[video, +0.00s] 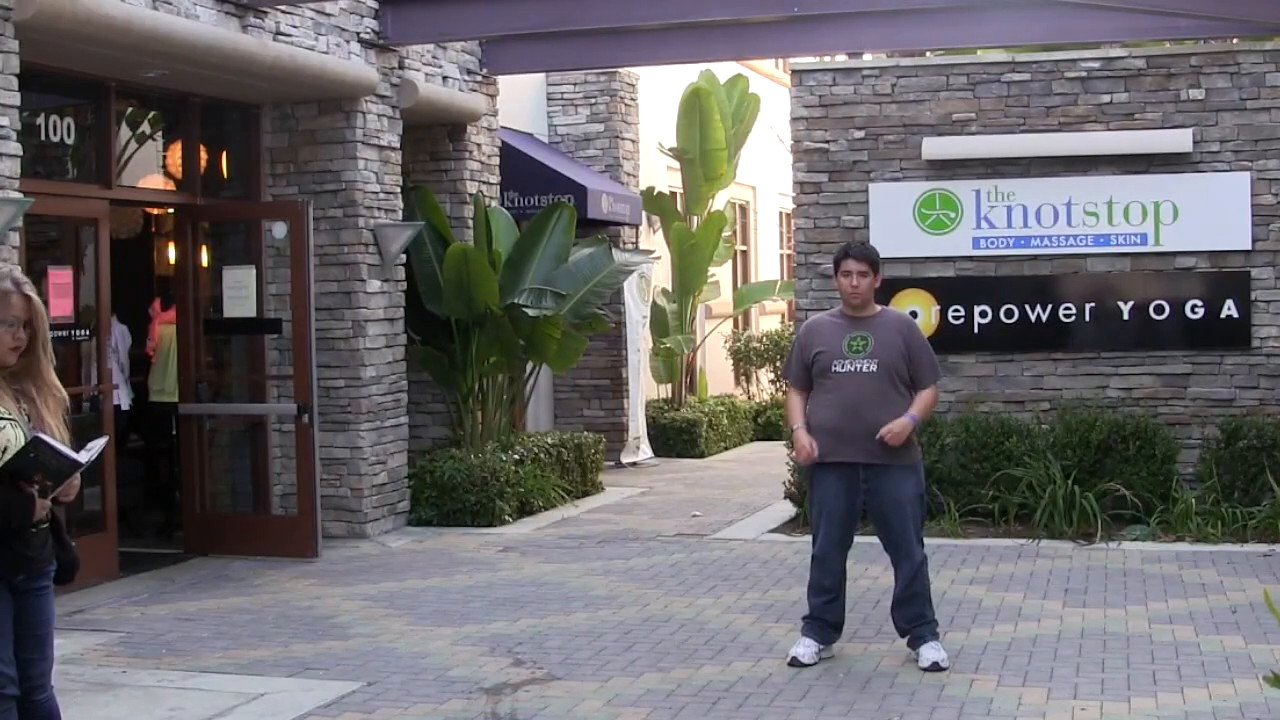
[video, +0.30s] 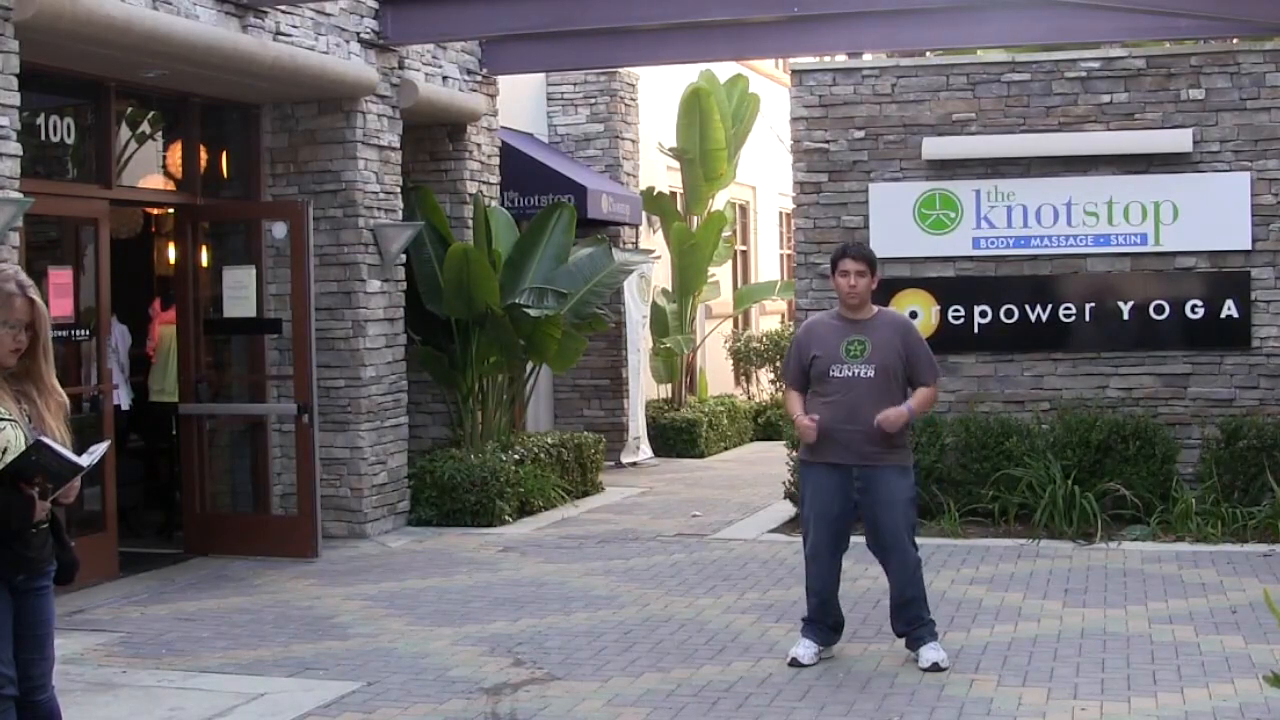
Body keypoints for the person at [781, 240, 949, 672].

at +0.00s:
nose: (853, 282)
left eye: (861, 275)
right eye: (846, 274)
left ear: (876, 279)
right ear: (835, 280)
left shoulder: (902, 327)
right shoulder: (812, 331)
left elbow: (928, 387)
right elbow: (797, 387)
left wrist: (910, 420)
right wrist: (799, 430)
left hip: (894, 462)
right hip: (831, 463)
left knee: (909, 553)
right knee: (826, 551)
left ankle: (923, 636)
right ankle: (817, 634)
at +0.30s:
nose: (851, 282)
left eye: (859, 274)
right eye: (844, 274)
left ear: (874, 280)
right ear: (832, 280)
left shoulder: (899, 327)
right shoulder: (810, 331)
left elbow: (929, 386)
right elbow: (793, 386)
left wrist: (906, 410)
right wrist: (799, 416)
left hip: (886, 461)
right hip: (822, 461)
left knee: (899, 548)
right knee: (819, 549)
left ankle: (922, 636)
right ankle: (817, 633)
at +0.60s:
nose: (853, 281)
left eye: (861, 273)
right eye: (845, 274)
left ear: (875, 279)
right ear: (834, 280)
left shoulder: (902, 326)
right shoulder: (813, 329)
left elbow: (934, 383)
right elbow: (791, 392)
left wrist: (910, 404)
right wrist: (804, 390)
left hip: (895, 461)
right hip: (830, 462)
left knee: (910, 549)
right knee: (824, 549)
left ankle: (923, 636)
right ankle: (818, 634)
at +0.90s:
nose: (855, 280)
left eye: (864, 272)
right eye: (847, 272)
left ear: (879, 278)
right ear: (837, 279)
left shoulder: (904, 327)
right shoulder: (813, 326)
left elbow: (930, 392)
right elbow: (789, 375)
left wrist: (902, 381)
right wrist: (798, 393)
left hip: (897, 460)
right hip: (831, 461)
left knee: (910, 551)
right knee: (826, 550)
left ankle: (923, 636)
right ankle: (818, 634)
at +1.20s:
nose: (854, 287)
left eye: (862, 279)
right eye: (846, 279)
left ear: (879, 283)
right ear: (837, 285)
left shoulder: (908, 330)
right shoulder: (819, 332)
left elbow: (935, 395)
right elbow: (793, 394)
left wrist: (907, 395)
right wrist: (813, 387)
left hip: (897, 465)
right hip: (831, 464)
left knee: (908, 548)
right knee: (823, 550)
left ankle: (922, 637)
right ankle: (818, 634)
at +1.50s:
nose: (859, 286)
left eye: (866, 278)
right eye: (850, 279)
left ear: (882, 282)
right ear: (841, 285)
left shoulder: (912, 329)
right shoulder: (821, 332)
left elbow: (941, 386)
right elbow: (799, 385)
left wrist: (921, 387)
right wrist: (796, 387)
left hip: (908, 459)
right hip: (844, 464)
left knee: (920, 548)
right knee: (842, 551)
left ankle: (925, 636)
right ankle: (820, 635)